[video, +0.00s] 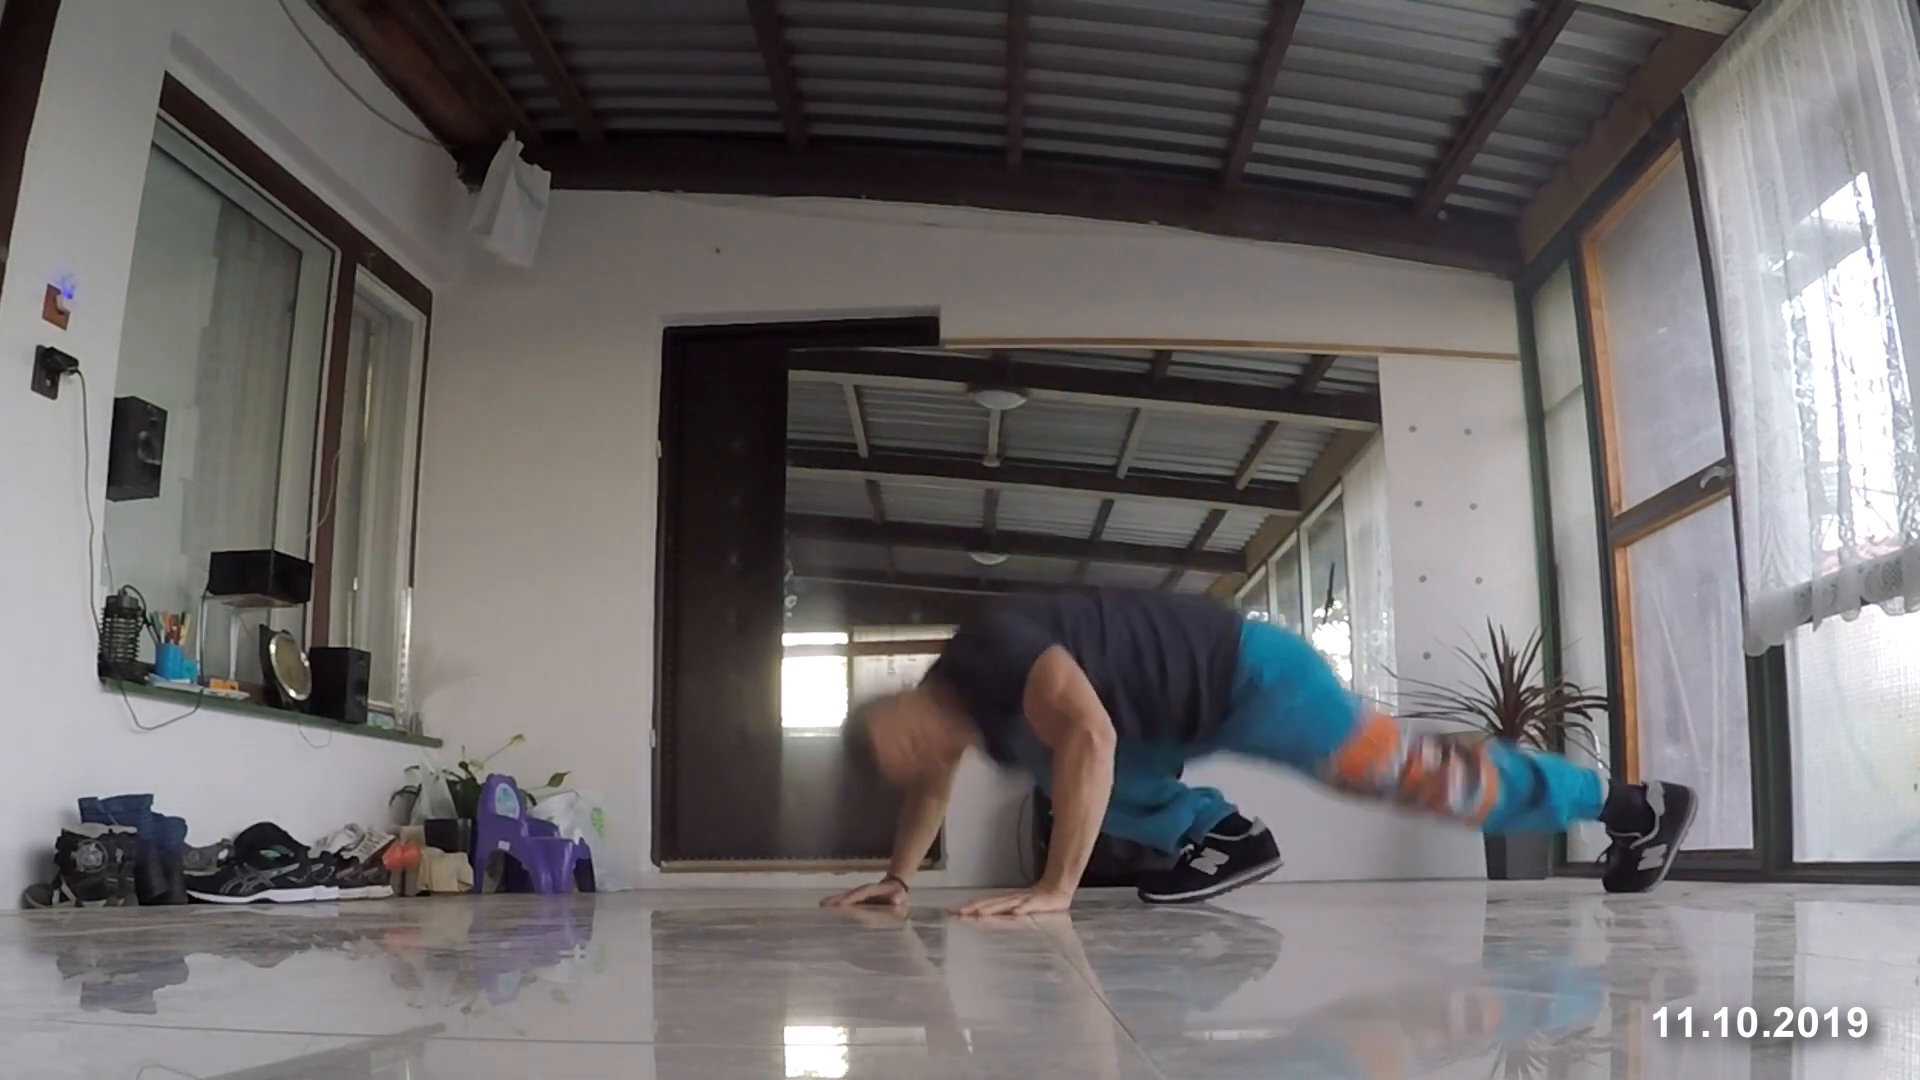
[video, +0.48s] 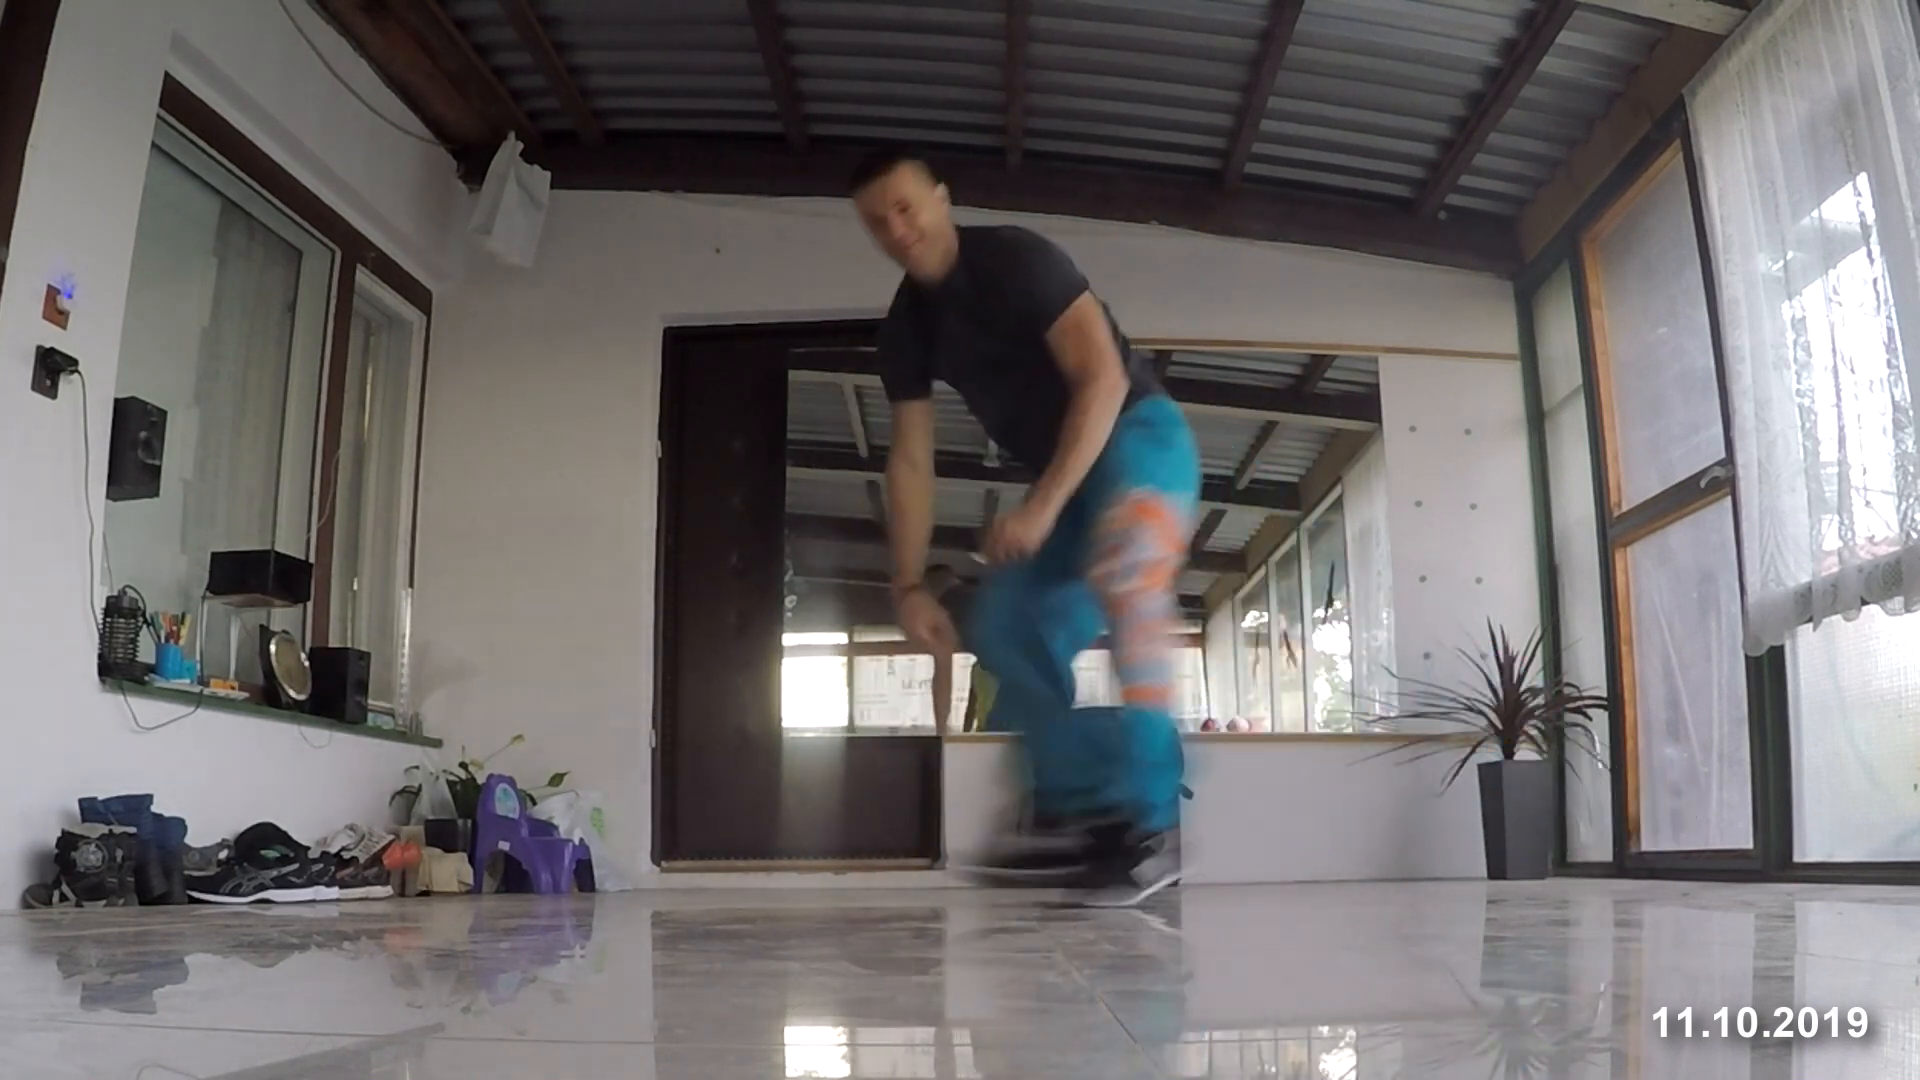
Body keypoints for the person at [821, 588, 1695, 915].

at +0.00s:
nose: (924, 768)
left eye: (911, 761)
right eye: (907, 768)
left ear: (916, 715)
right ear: (909, 718)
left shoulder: (1006, 643)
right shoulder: (951, 697)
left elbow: (1085, 736)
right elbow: (929, 786)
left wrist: (1053, 887)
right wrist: (896, 878)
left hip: (1241, 674)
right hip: (1167, 726)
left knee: (1412, 775)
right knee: (1058, 787)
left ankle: (1622, 803)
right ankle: (1214, 838)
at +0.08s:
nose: (871, 643)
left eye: (868, 621)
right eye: (862, 635)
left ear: (898, 587)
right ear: (887, 623)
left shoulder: (999, 582)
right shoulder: (957, 648)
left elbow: (1060, 716)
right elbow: (934, 760)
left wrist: (1052, 874)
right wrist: (894, 877)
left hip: (1245, 606)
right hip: (1179, 670)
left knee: (1401, 705)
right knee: (1079, 749)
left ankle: (1612, 792)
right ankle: (1223, 840)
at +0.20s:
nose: (858, 447)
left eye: (863, 426)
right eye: (846, 443)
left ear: (903, 409)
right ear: (857, 461)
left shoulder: (985, 446)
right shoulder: (933, 533)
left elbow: (1015, 590)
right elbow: (919, 672)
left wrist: (1005, 748)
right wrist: (887, 800)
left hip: (1235, 528)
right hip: (1169, 597)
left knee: (1405, 641)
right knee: (1094, 702)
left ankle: (1561, 749)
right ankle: (1232, 847)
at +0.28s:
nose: (861, 347)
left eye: (869, 324)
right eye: (849, 339)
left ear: (910, 311)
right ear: (851, 357)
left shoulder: (985, 360)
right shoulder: (916, 439)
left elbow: (1046, 488)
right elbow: (913, 574)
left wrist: (1026, 638)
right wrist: (905, 710)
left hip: (1206, 499)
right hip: (1142, 565)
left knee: (1351, 629)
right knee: (1105, 703)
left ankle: (1526, 719)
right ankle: (1231, 842)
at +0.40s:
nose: (886, 261)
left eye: (892, 238)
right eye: (869, 254)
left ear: (928, 220)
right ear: (865, 264)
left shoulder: (1012, 279)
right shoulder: (913, 348)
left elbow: (1080, 414)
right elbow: (922, 482)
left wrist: (1047, 557)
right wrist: (925, 605)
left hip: (1163, 447)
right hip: (1101, 503)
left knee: (1198, 597)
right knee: (1053, 634)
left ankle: (1307, 734)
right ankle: (1192, 805)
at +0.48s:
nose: (898, 230)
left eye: (906, 208)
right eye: (880, 221)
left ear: (942, 197)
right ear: (870, 234)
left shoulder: (1016, 257)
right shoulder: (907, 327)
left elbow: (1104, 381)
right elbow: (910, 459)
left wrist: (1041, 505)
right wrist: (907, 586)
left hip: (1136, 437)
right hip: (1063, 478)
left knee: (1124, 585)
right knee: (1006, 618)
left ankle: (1147, 818)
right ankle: (1071, 809)